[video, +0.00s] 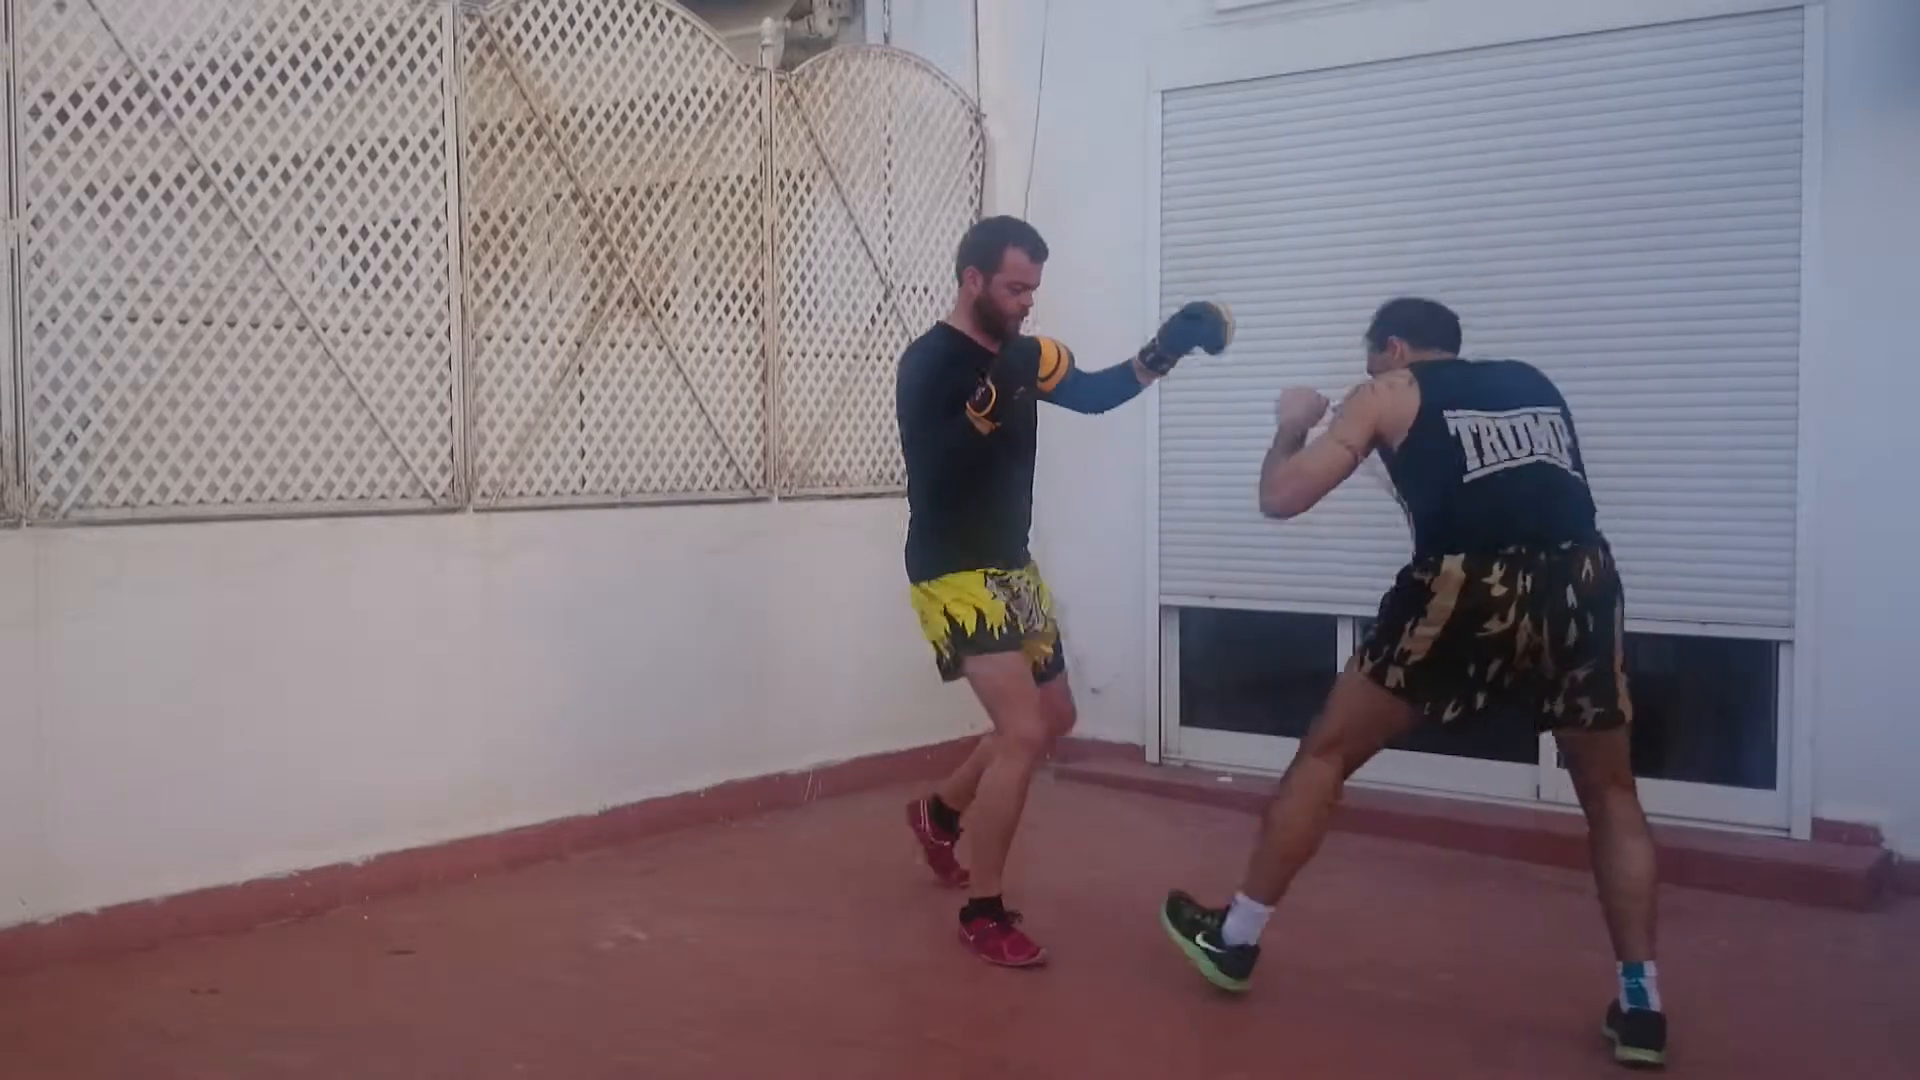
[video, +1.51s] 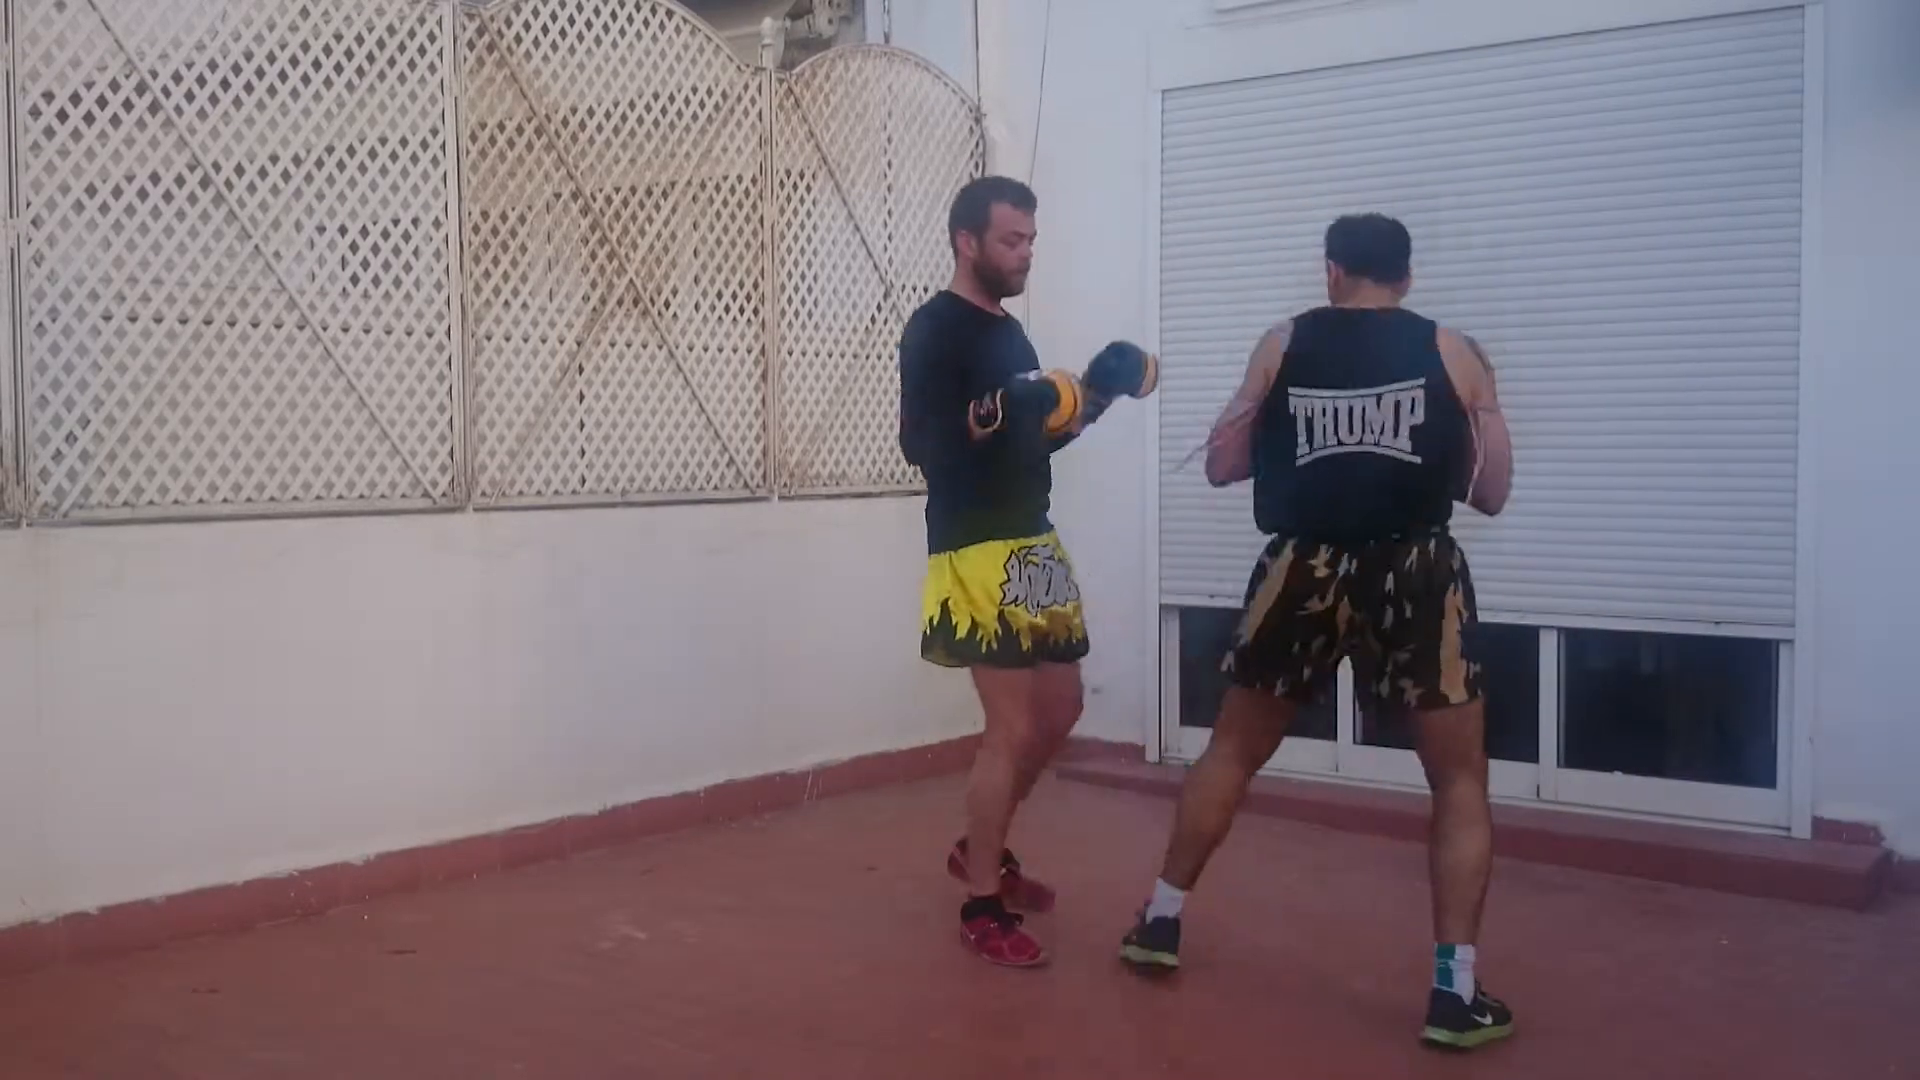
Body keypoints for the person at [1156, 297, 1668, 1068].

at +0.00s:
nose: (1371, 374)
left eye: (1373, 363)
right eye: (1373, 364)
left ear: (1393, 351)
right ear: (1451, 346)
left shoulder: (1385, 393)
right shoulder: (1531, 382)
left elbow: (1279, 496)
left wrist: (1290, 428)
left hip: (1465, 589)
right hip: (1581, 591)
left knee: (1328, 753)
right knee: (1613, 794)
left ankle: (1236, 938)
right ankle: (1641, 1004)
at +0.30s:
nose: (1213, 468)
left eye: (1213, 461)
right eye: (1212, 460)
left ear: (1226, 455)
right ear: (1281, 432)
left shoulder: (1217, 494)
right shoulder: (1346, 435)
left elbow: (1146, 608)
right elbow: (1411, 525)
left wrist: (1145, 645)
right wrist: (1400, 597)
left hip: (1280, 593)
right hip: (1393, 580)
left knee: (1215, 750)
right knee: (1511, 787)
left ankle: (1149, 928)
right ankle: (1573, 1001)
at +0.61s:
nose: (1278, 291)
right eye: (1262, 283)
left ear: (1258, 306)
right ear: (1234, 290)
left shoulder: (1282, 409)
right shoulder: (1204, 325)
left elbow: (1372, 504)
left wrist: (1405, 421)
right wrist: (1309, 308)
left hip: (1218, 569)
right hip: (1254, 554)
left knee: (1242, 777)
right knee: (1361, 756)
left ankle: (1112, 918)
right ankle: (1321, 985)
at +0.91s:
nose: (1326, 289)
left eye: (1334, 288)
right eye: (1313, 276)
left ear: (1325, 323)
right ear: (1269, 290)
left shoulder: (1315, 402)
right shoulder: (1214, 319)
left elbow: (1361, 466)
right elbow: (1180, 203)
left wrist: (1356, 351)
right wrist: (1277, 253)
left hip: (1241, 562)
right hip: (1193, 540)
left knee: (1206, 772)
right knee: (1260, 750)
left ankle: (1107, 913)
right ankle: (1255, 976)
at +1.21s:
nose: (1324, 287)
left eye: (1324, 269)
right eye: (1322, 264)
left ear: (1267, 269)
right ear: (1281, 264)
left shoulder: (1257, 349)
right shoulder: (1254, 303)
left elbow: (1305, 487)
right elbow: (1358, 253)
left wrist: (1357, 408)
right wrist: (1366, 303)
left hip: (1204, 547)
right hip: (1265, 539)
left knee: (1203, 744)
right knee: (1390, 725)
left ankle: (1108, 906)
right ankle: (1346, 948)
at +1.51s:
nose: (1333, 286)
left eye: (1332, 273)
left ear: (1331, 274)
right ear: (1410, 281)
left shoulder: (1285, 343)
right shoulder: (1456, 353)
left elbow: (1222, 464)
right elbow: (1490, 492)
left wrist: (1292, 417)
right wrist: (1478, 408)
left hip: (1301, 574)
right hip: (1419, 579)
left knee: (1232, 750)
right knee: (1458, 779)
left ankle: (1160, 922)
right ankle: (1455, 995)